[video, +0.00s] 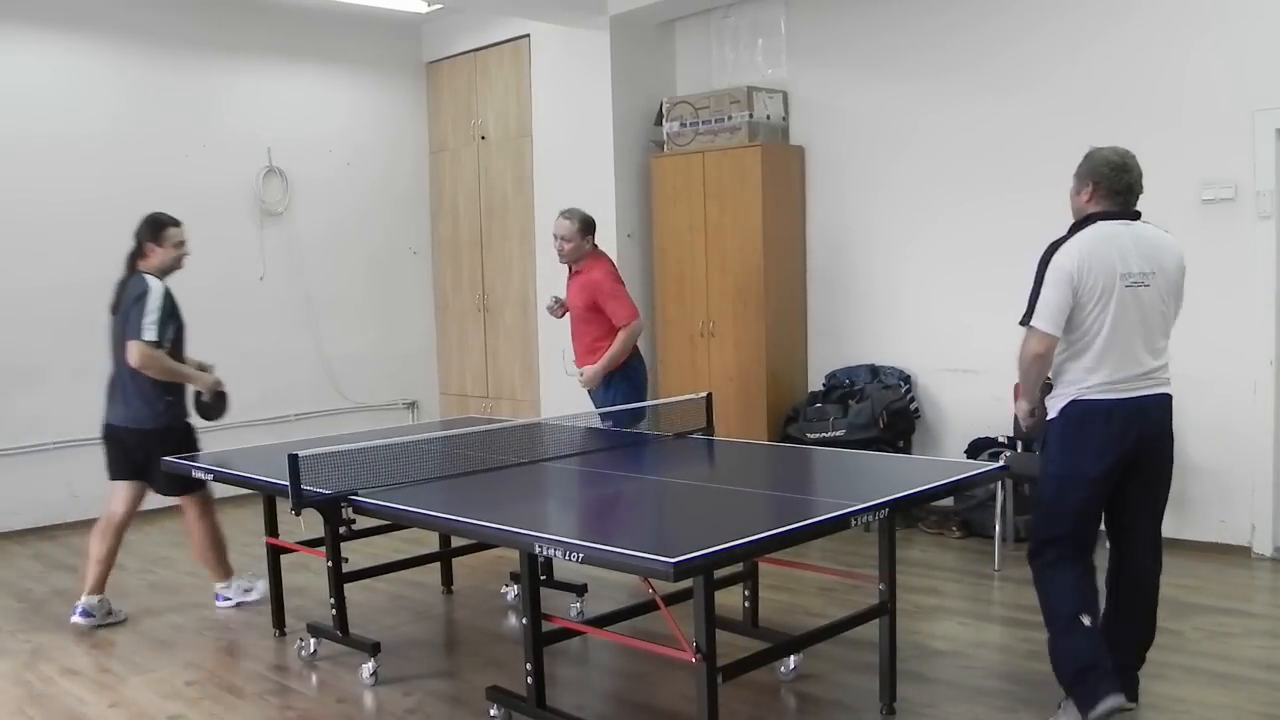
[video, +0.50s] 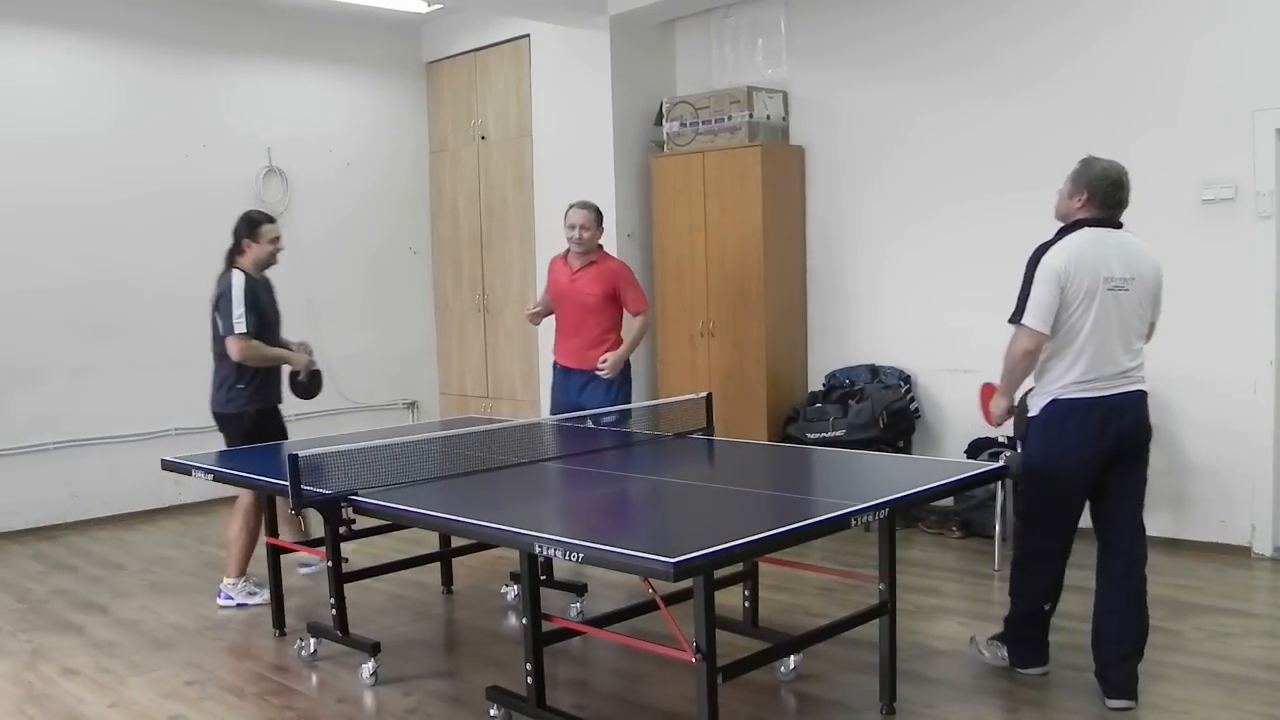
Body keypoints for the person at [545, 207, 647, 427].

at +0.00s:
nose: (557, 246)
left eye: (565, 240)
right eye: (555, 238)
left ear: (587, 242)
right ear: (553, 235)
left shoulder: (601, 274)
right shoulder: (578, 263)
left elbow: (633, 325)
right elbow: (588, 295)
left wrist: (600, 369)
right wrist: (565, 306)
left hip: (619, 375)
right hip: (599, 376)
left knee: (626, 450)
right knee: (618, 449)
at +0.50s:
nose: (577, 235)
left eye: (585, 229)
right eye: (571, 228)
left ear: (599, 232)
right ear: (564, 230)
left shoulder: (616, 270)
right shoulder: (557, 265)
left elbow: (643, 316)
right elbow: (551, 297)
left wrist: (622, 355)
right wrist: (539, 311)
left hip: (606, 377)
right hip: (565, 376)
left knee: (608, 451)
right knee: (566, 451)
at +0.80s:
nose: (564, 231)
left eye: (571, 225)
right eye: (557, 225)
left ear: (580, 231)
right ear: (547, 231)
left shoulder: (600, 266)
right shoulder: (530, 274)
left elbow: (621, 304)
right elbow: (505, 315)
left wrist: (627, 337)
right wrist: (517, 323)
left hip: (599, 375)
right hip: (552, 377)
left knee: (607, 446)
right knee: (552, 446)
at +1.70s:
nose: (586, 229)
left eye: (586, 223)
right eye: (579, 223)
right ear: (557, 229)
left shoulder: (601, 261)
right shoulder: (540, 276)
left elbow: (617, 299)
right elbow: (523, 325)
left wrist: (634, 318)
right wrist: (561, 325)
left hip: (615, 365)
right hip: (572, 371)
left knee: (638, 431)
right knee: (573, 441)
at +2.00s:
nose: (637, 235)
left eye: (638, 229)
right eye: (632, 228)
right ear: (609, 231)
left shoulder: (644, 270)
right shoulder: (587, 273)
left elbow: (657, 310)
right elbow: (563, 319)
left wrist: (669, 329)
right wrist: (603, 326)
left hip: (650, 368)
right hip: (608, 372)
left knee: (659, 443)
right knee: (603, 445)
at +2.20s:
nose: (674, 240)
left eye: (675, 234)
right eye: (670, 233)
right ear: (650, 232)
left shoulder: (675, 272)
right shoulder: (620, 271)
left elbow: (688, 314)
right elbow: (596, 318)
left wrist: (700, 330)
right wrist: (638, 327)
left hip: (677, 366)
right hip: (640, 369)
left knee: (680, 444)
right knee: (642, 444)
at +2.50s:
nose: (712, 242)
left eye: (713, 235)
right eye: (709, 233)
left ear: (695, 233)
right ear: (692, 232)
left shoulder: (701, 271)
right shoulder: (663, 270)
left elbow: (705, 315)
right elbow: (639, 315)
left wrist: (735, 333)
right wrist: (689, 329)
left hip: (702, 370)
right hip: (675, 373)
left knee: (702, 443)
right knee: (683, 445)